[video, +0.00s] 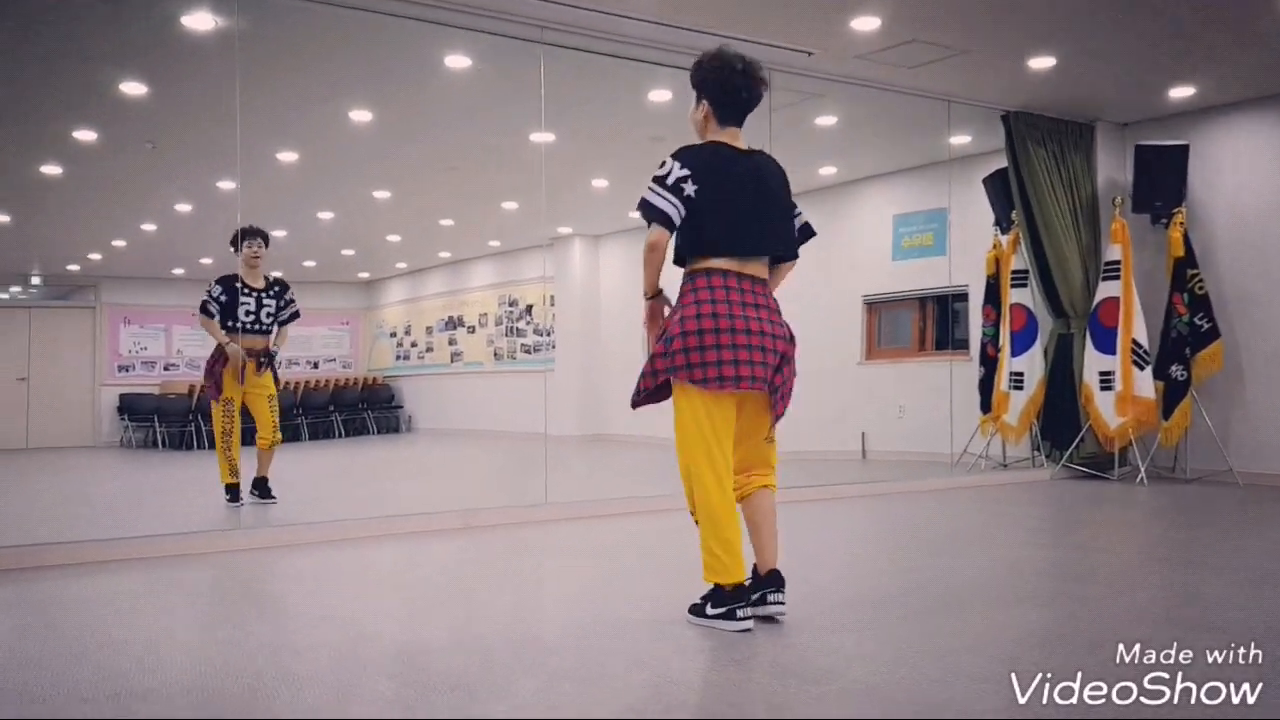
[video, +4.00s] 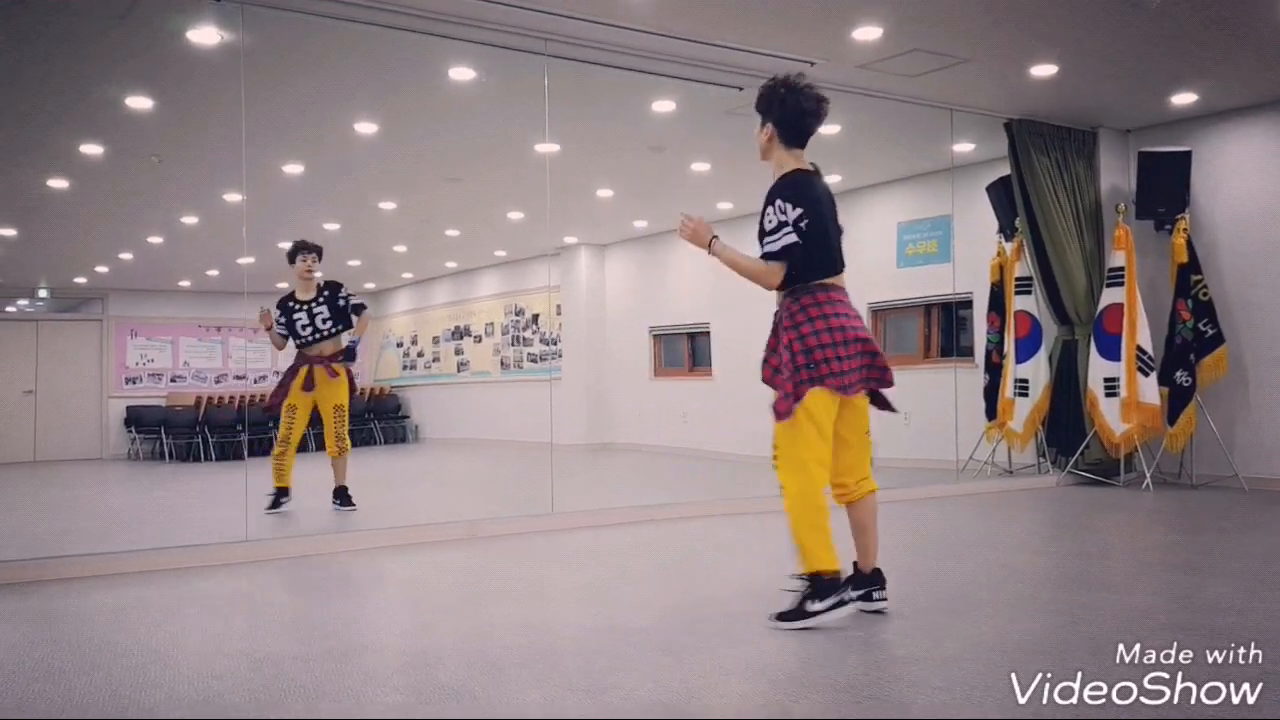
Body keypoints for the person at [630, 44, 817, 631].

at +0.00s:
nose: (691, 111)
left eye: (693, 102)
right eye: (694, 102)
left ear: (703, 107)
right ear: (748, 110)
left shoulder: (685, 163)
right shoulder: (771, 171)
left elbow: (657, 238)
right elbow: (792, 251)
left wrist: (652, 298)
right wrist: (755, 298)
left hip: (703, 310)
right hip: (762, 313)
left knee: (706, 459)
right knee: (754, 458)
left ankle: (727, 589)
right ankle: (769, 579)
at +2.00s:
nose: (686, 128)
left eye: (685, 120)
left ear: (686, 126)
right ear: (740, 130)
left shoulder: (659, 185)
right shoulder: (762, 191)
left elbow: (637, 271)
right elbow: (782, 279)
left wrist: (639, 345)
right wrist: (760, 337)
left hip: (685, 344)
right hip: (753, 340)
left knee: (697, 483)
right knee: (770, 462)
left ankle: (721, 595)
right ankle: (764, 581)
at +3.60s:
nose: (686, 139)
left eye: (688, 130)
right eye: (691, 130)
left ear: (696, 137)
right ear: (741, 142)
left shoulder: (684, 189)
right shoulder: (759, 198)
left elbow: (645, 245)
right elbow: (786, 272)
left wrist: (645, 269)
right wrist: (752, 304)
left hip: (715, 341)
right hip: (775, 338)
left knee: (691, 488)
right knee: (778, 467)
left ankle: (709, 601)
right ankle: (792, 564)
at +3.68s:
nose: (696, 142)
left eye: (699, 134)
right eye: (699, 134)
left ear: (706, 141)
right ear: (751, 146)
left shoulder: (704, 195)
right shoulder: (767, 203)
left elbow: (674, 257)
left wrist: (654, 266)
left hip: (725, 340)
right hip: (779, 338)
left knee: (692, 487)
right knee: (786, 464)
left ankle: (709, 599)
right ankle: (819, 561)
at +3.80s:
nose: (719, 145)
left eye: (722, 136)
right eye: (721, 135)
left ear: (733, 143)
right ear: (770, 147)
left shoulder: (742, 200)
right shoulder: (782, 201)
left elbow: (738, 285)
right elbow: (787, 286)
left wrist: (680, 265)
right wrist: (710, 275)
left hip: (756, 340)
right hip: (797, 340)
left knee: (713, 480)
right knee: (802, 475)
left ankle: (715, 599)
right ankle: (858, 567)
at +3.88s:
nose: (730, 139)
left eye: (734, 130)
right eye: (734, 129)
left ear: (745, 138)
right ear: (781, 141)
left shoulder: (763, 197)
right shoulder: (791, 196)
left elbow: (760, 281)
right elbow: (803, 281)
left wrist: (697, 261)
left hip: (780, 343)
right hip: (812, 341)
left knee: (741, 471)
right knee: (819, 470)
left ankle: (726, 589)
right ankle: (863, 575)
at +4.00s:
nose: (756, 135)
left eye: (758, 125)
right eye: (759, 125)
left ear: (769, 132)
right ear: (805, 132)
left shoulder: (785, 192)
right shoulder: (818, 188)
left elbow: (773, 275)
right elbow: (827, 266)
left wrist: (712, 244)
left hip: (807, 328)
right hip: (844, 323)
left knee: (798, 459)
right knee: (852, 459)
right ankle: (869, 576)